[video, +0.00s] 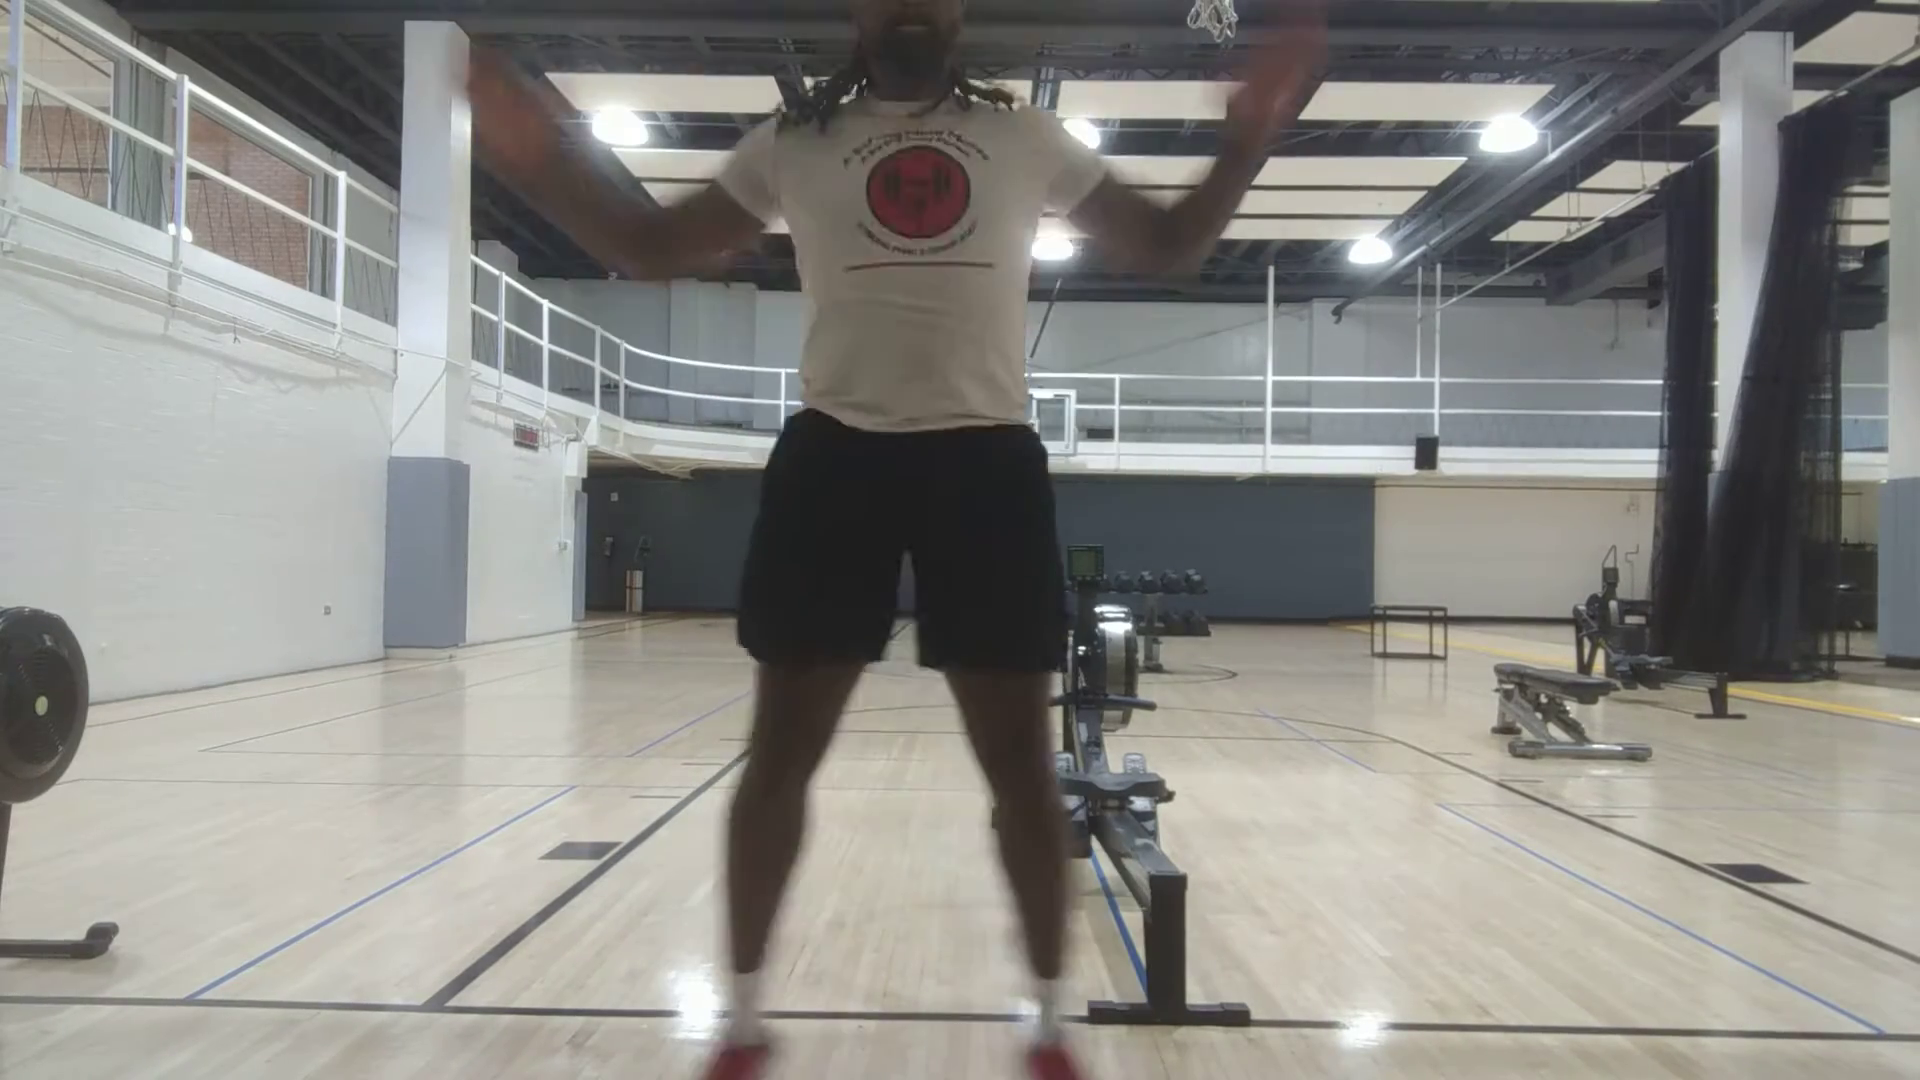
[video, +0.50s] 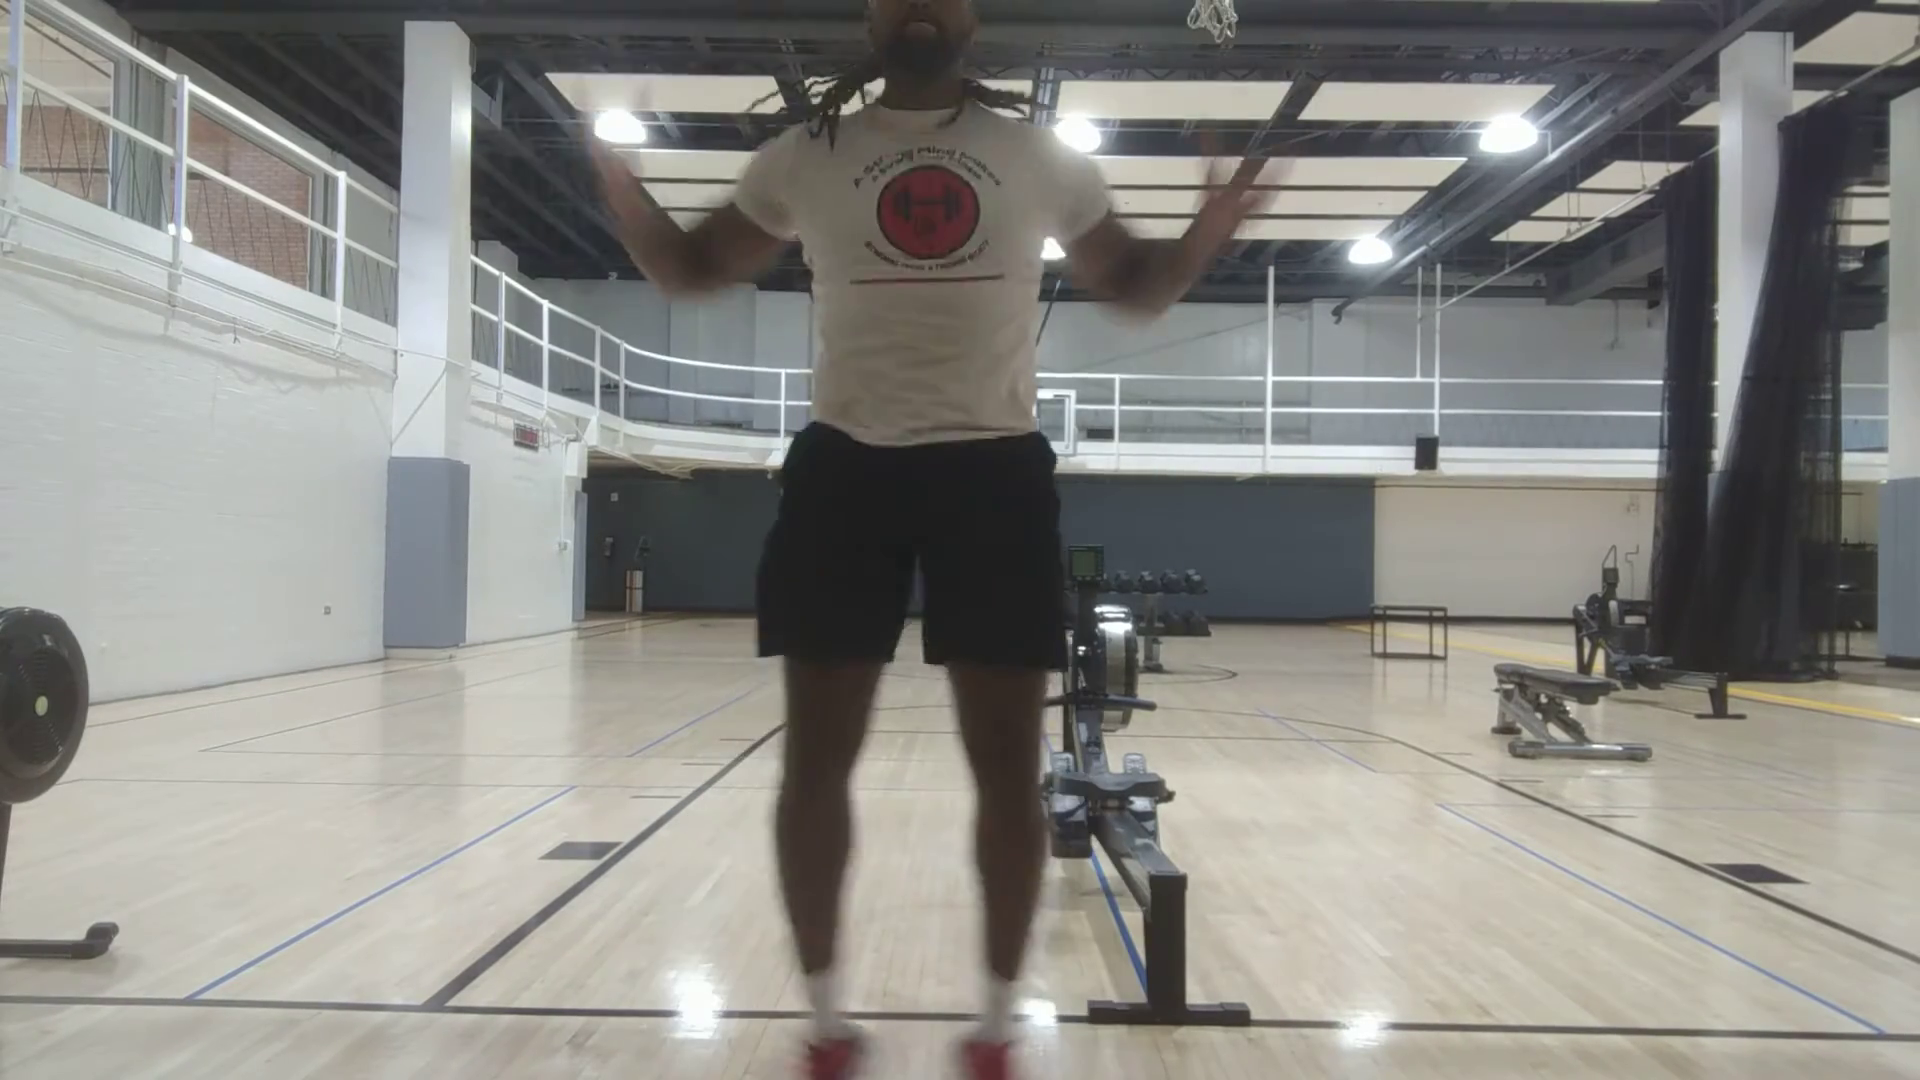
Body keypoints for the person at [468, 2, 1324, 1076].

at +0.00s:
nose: (914, 11)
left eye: (932, 1)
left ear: (962, 21)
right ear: (856, 22)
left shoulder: (1021, 135)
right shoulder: (797, 144)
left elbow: (1168, 242)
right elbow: (649, 241)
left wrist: (1250, 134)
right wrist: (542, 155)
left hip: (987, 470)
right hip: (833, 467)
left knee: (1021, 761)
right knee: (782, 749)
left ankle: (1050, 1027)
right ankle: (739, 1025)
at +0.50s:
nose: (920, 14)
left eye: (942, 0)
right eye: (900, 1)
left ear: (975, 22)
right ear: (870, 19)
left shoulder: (1039, 158)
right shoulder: (805, 157)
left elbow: (1134, 287)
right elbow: (691, 269)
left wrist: (1210, 230)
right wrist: (623, 192)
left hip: (995, 480)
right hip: (845, 478)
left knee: (1010, 766)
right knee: (818, 758)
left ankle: (1000, 1021)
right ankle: (827, 1022)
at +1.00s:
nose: (934, 21)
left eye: (954, 6)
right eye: (913, 5)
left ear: (985, 24)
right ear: (880, 25)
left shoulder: (1041, 153)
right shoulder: (826, 152)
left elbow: (1182, 254)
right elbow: (677, 239)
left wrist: (1226, 147)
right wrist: (589, 116)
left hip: (1003, 471)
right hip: (857, 464)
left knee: (1037, 743)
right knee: (803, 732)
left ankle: (1073, 1013)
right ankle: (749, 1006)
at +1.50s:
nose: (971, 91)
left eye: (984, 71)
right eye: (950, 70)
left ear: (997, 76)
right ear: (896, 70)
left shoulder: (1039, 195)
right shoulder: (825, 188)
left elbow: (1122, 321)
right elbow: (712, 292)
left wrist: (1200, 281)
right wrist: (646, 214)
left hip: (999, 495)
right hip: (856, 492)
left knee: (1016, 768)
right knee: (831, 759)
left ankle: (1000, 1004)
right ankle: (840, 1003)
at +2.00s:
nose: (982, 146)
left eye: (991, 125)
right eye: (961, 125)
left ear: (997, 113)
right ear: (899, 109)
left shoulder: (1028, 213)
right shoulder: (824, 198)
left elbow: (1166, 255)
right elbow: (671, 250)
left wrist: (1195, 139)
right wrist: (613, 125)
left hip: (990, 499)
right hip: (852, 494)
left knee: (1031, 761)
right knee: (796, 754)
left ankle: (1061, 993)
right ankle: (765, 974)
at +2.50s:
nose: (988, 126)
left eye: (998, 106)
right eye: (968, 108)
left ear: (1007, 101)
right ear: (913, 98)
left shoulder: (1038, 215)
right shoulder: (838, 205)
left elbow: (1096, 346)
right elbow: (743, 325)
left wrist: (1171, 329)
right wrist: (697, 290)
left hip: (993, 499)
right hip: (861, 494)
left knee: (993, 753)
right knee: (845, 743)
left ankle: (970, 986)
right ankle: (862, 976)